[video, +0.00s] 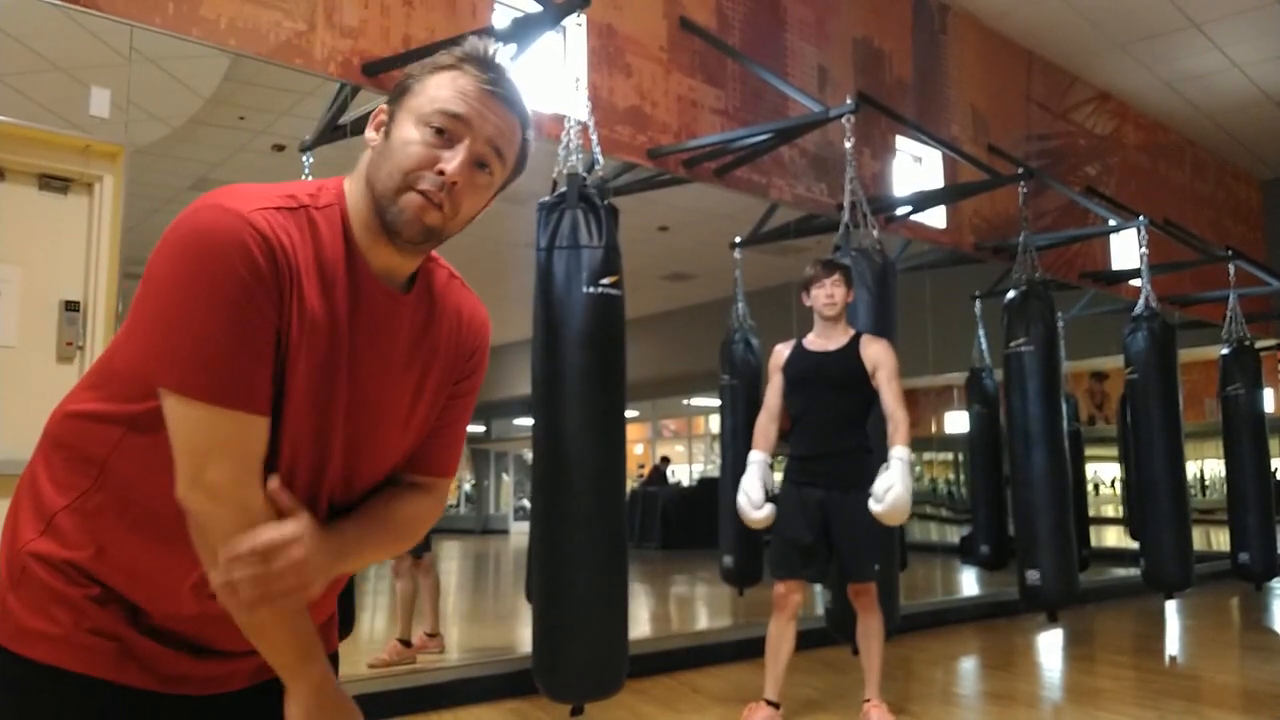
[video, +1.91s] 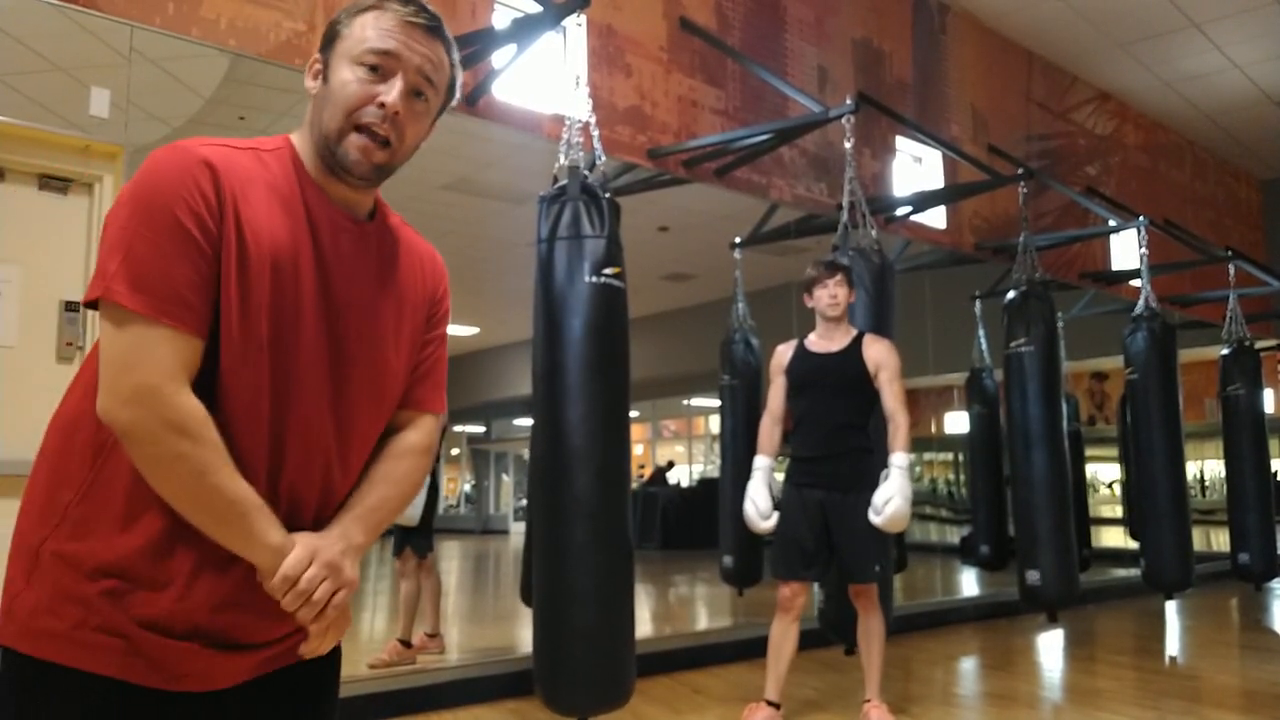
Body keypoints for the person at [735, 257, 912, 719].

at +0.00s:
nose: (830, 292)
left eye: (837, 286)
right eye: (822, 287)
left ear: (850, 295)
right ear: (807, 297)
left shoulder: (874, 350)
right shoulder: (785, 354)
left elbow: (896, 415)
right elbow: (769, 416)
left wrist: (899, 465)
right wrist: (756, 470)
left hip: (858, 490)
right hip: (799, 489)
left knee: (865, 595)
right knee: (784, 596)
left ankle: (872, 699)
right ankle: (770, 702)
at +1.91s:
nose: (833, 293)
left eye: (840, 286)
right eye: (825, 287)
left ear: (851, 295)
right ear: (809, 298)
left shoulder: (877, 350)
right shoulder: (787, 354)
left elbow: (897, 416)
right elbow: (772, 419)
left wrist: (898, 473)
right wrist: (761, 476)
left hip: (860, 491)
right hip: (802, 491)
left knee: (866, 596)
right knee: (788, 598)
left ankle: (873, 700)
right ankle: (770, 702)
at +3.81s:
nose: (831, 295)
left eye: (838, 288)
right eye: (823, 289)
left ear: (851, 296)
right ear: (809, 299)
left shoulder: (877, 350)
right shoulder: (787, 354)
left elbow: (896, 417)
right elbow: (772, 419)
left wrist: (896, 474)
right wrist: (760, 476)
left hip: (858, 492)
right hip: (801, 491)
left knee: (865, 597)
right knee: (790, 598)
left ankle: (872, 700)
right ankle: (771, 702)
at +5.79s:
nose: (766, 293)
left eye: (775, 285)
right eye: (758, 287)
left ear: (794, 292)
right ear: (751, 298)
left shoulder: (824, 340)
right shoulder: (744, 352)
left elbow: (855, 407)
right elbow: (737, 419)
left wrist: (851, 462)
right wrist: (728, 476)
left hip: (821, 487)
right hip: (766, 491)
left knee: (837, 597)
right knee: (768, 599)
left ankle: (871, 687)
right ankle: (768, 703)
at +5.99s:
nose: (780, 291)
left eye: (788, 283)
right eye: (772, 285)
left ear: (806, 290)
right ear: (760, 296)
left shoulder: (834, 340)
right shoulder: (749, 350)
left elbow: (865, 406)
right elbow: (737, 417)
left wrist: (862, 460)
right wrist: (725, 475)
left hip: (831, 490)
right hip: (771, 493)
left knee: (849, 597)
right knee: (770, 599)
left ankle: (878, 706)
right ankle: (768, 704)